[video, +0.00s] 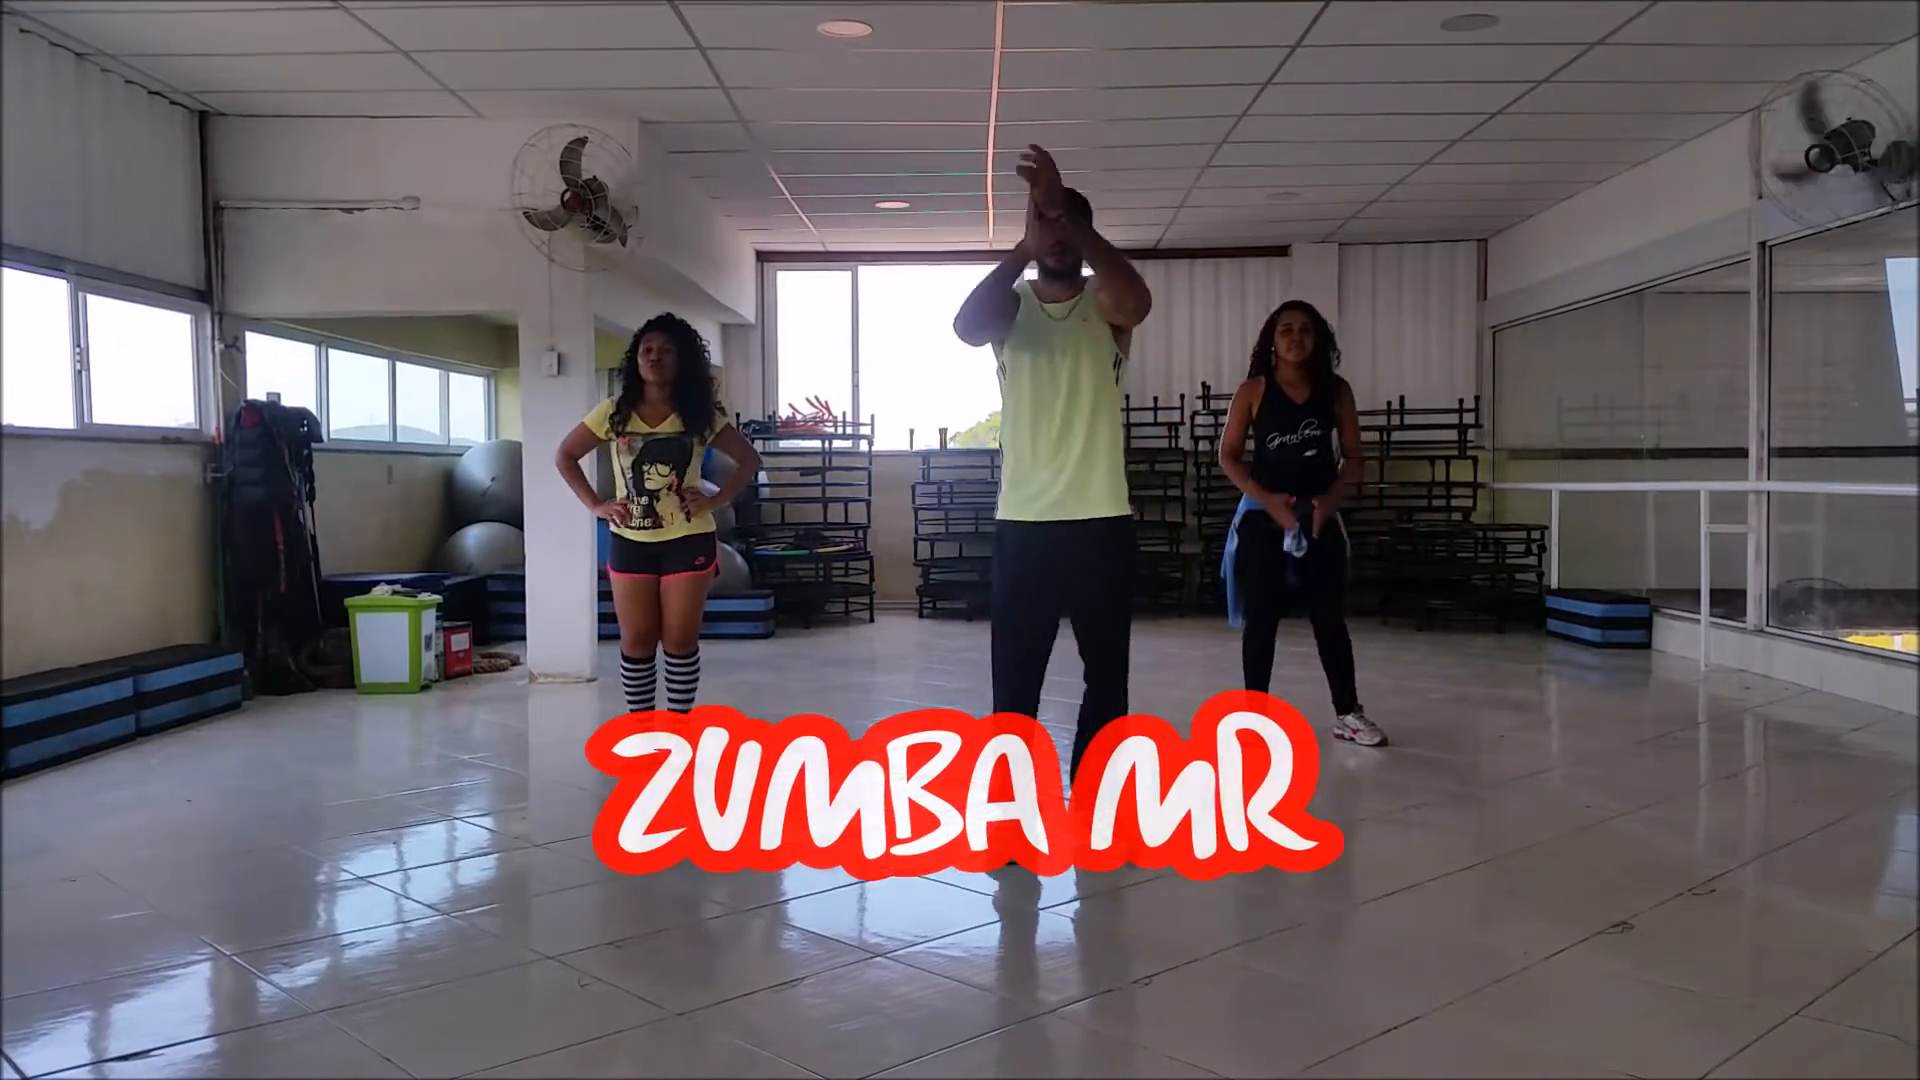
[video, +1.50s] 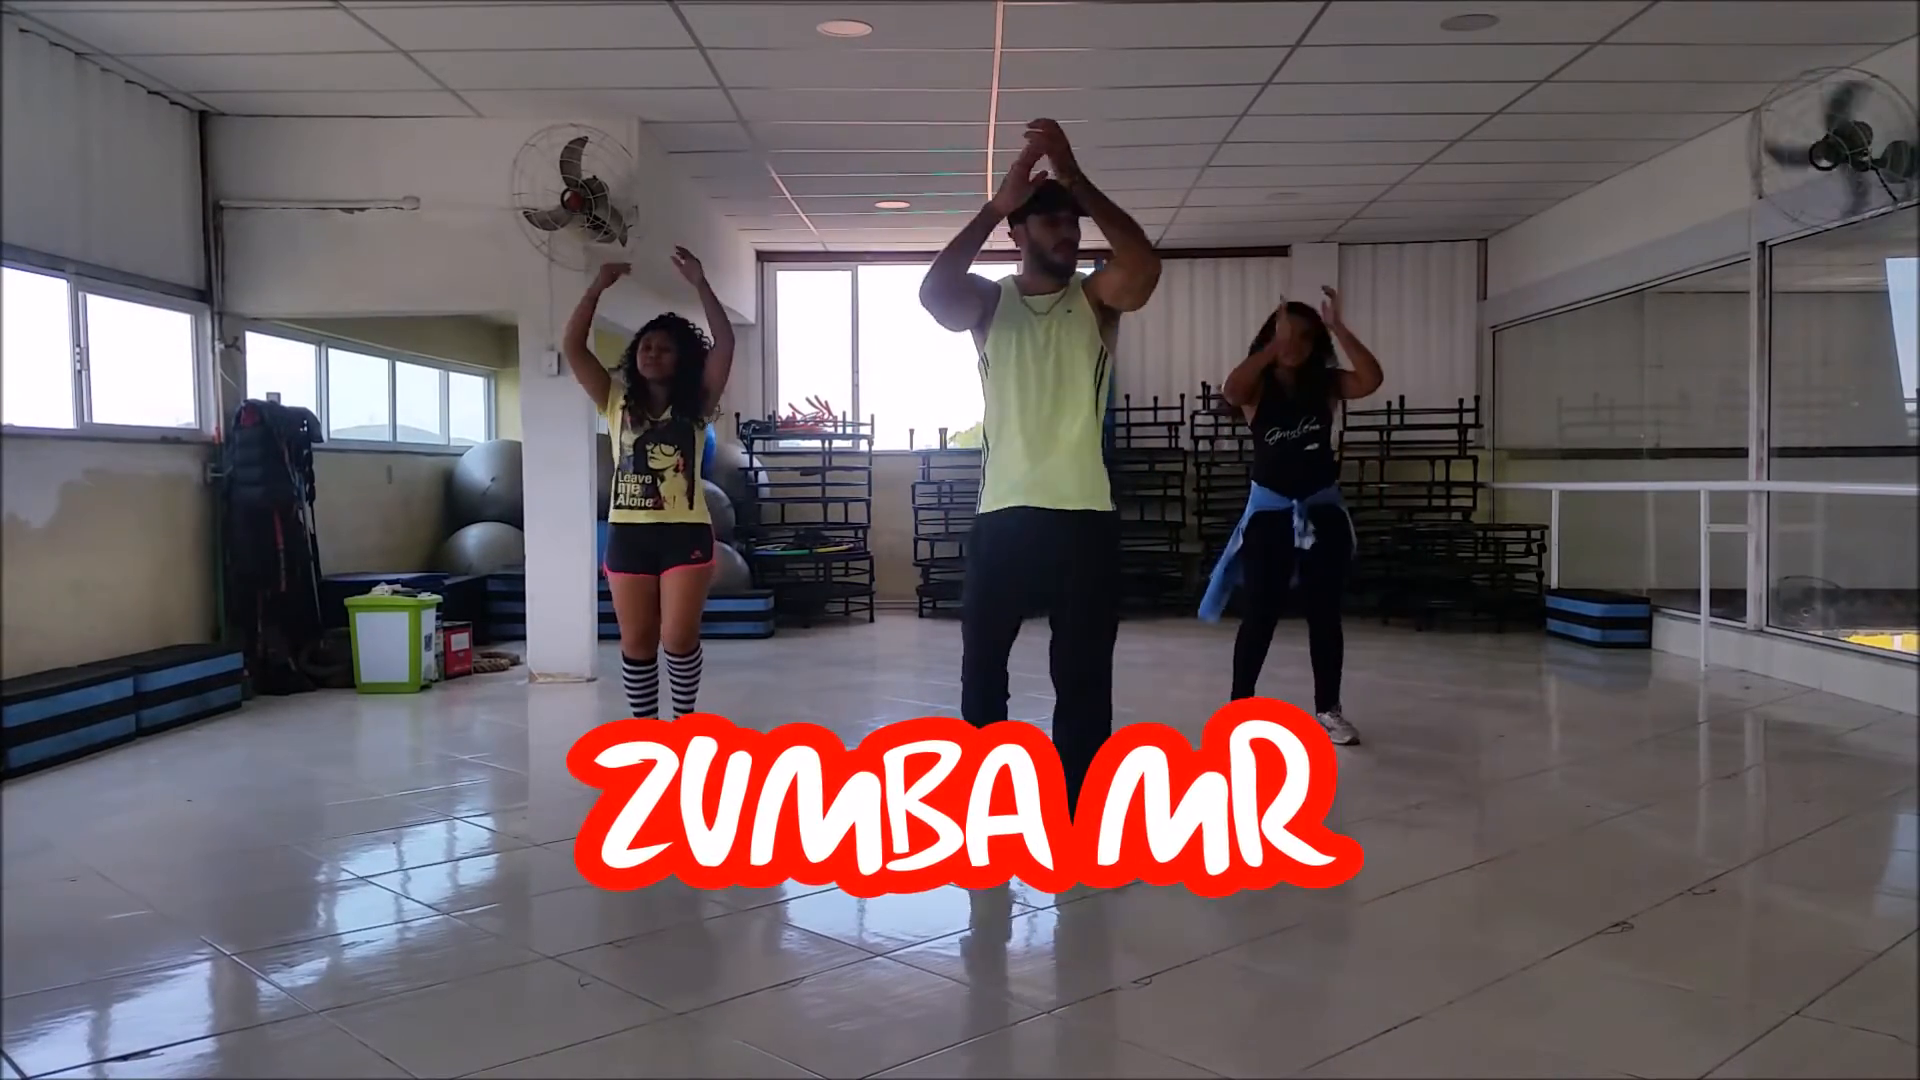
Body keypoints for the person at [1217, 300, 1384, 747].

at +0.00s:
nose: (1295, 337)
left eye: (1304, 330)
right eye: (1286, 330)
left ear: (1317, 339)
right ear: (1272, 339)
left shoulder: (1335, 390)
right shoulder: (1252, 391)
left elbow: (1354, 459)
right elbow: (1228, 456)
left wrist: (1332, 499)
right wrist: (1266, 500)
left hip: (1319, 518)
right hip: (1263, 520)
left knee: (1330, 620)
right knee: (1260, 621)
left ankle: (1348, 714)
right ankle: (1257, 716)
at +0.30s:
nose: (1284, 337)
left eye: (1293, 331)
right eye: (1275, 330)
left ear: (1305, 341)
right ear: (1259, 339)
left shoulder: (1320, 393)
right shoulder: (1241, 388)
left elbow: (1328, 463)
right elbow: (1223, 459)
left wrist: (1335, 450)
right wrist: (1264, 453)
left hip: (1310, 513)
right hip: (1256, 515)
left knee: (1337, 601)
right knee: (1258, 612)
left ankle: (1326, 699)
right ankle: (1254, 711)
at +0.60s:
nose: (1295, 336)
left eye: (1305, 330)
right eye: (1286, 330)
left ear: (1318, 339)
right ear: (1271, 338)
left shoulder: (1336, 389)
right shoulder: (1252, 387)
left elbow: (1359, 447)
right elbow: (1227, 450)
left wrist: (1332, 421)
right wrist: (1273, 426)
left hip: (1322, 517)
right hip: (1265, 516)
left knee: (1320, 615)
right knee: (1257, 611)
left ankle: (1318, 712)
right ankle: (1252, 708)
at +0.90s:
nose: (1294, 340)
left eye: (1303, 332)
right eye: (1284, 332)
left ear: (1317, 338)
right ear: (1271, 341)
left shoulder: (1338, 384)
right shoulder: (1254, 391)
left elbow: (1345, 439)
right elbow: (1234, 450)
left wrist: (1298, 405)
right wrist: (1280, 422)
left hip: (1314, 515)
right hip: (1259, 514)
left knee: (1314, 616)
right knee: (1249, 611)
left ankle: (1317, 713)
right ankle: (1237, 707)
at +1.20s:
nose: (1281, 341)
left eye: (1290, 336)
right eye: (1273, 333)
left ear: (1299, 346)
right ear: (1254, 337)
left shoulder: (1306, 382)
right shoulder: (1237, 384)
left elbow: (1347, 410)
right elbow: (1239, 419)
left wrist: (1338, 354)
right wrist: (1270, 371)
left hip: (1302, 508)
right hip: (1249, 510)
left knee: (1344, 596)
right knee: (1251, 608)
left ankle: (1330, 688)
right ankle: (1240, 710)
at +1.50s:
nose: (1292, 345)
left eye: (1301, 338)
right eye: (1285, 336)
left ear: (1313, 343)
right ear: (1271, 341)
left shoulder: (1327, 382)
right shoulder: (1254, 385)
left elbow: (1370, 379)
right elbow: (1232, 387)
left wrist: (1337, 327)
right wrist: (1268, 348)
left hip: (1323, 515)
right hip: (1269, 516)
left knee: (1325, 614)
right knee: (1260, 615)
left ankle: (1328, 711)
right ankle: (1239, 710)